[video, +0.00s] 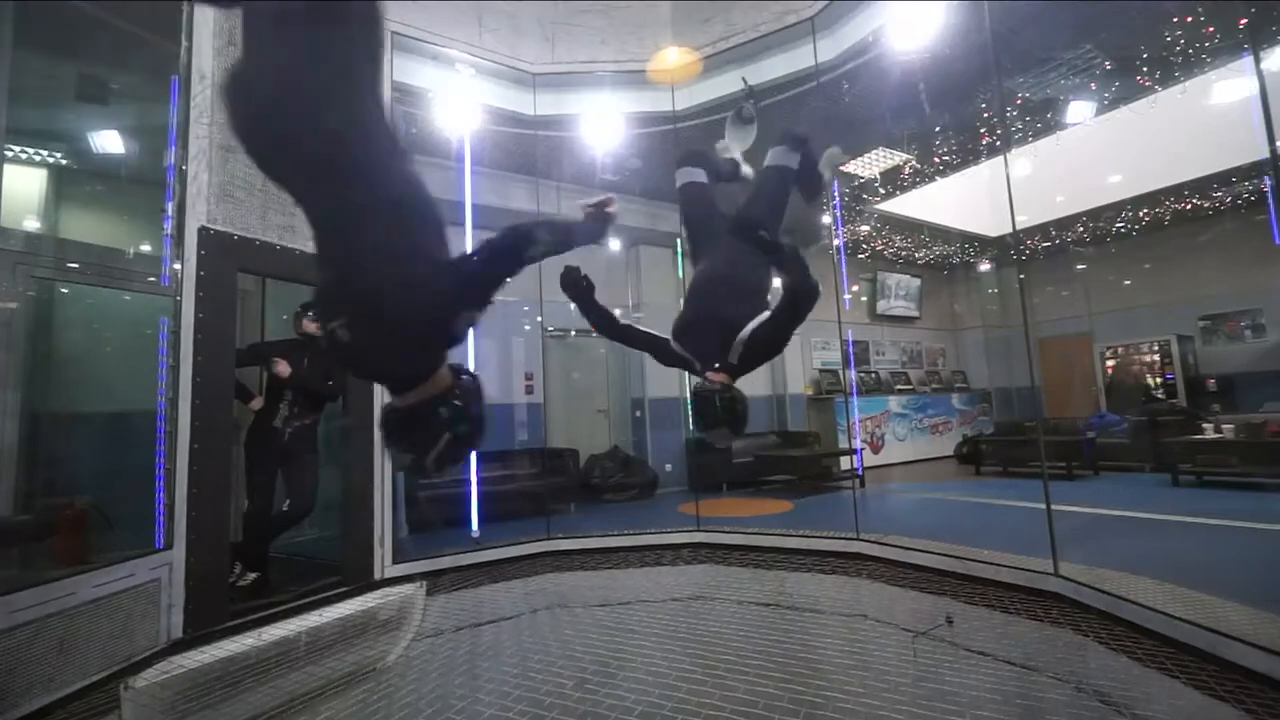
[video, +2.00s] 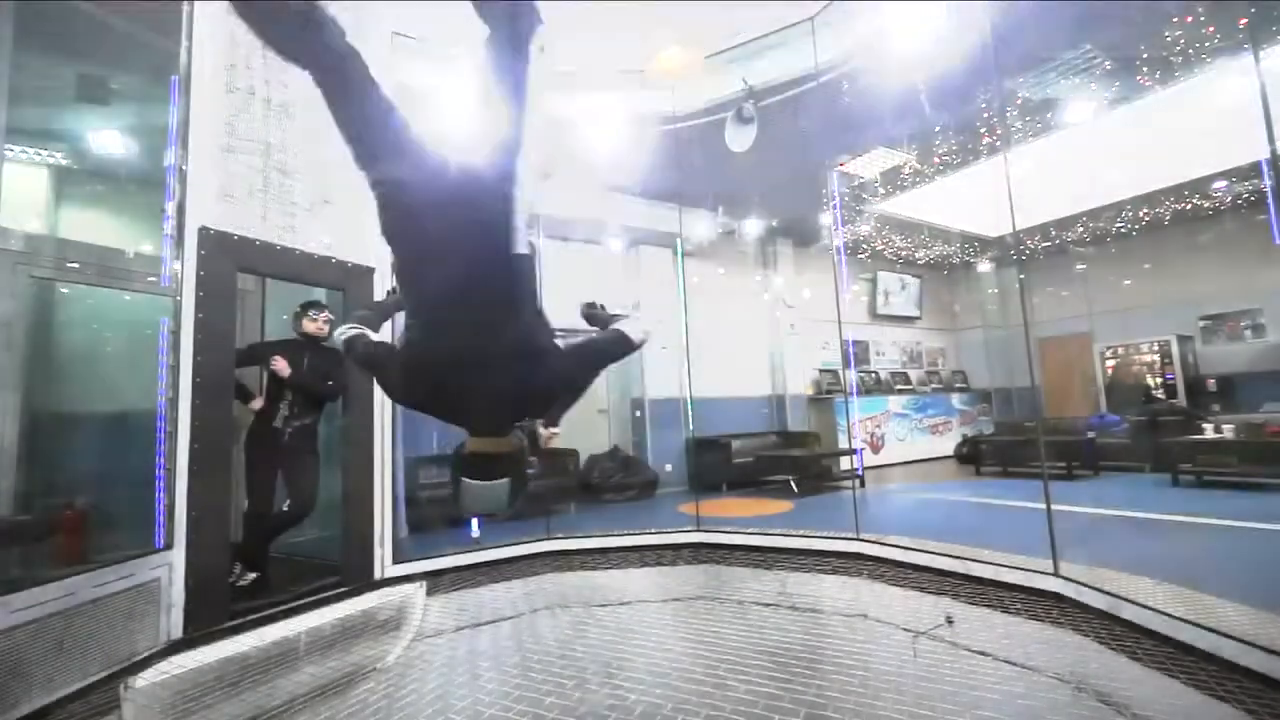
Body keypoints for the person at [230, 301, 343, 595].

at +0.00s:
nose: (311, 325)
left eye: (317, 320)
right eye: (307, 319)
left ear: (326, 325)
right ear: (298, 321)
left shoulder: (332, 356)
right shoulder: (280, 349)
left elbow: (333, 391)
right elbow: (224, 362)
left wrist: (292, 375)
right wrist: (249, 398)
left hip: (302, 440)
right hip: (264, 436)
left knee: (303, 505)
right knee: (260, 505)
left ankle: (242, 551)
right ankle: (255, 570)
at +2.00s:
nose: (323, 323)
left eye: (327, 319)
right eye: (315, 318)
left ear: (331, 325)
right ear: (300, 323)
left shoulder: (333, 357)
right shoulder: (279, 349)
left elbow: (332, 391)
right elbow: (223, 361)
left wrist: (291, 375)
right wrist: (248, 397)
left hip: (302, 440)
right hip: (264, 436)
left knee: (302, 505)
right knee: (259, 506)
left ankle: (242, 554)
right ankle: (255, 571)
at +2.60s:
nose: (325, 314)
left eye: (328, 311)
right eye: (318, 309)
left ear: (331, 318)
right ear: (301, 313)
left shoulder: (331, 353)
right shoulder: (271, 344)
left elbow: (341, 394)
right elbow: (249, 382)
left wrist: (324, 368)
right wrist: (287, 364)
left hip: (314, 438)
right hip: (277, 436)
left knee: (298, 501)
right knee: (270, 499)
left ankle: (286, 571)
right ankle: (267, 564)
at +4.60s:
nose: (314, 315)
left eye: (318, 310)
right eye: (306, 310)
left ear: (321, 318)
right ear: (288, 315)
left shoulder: (318, 352)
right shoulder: (262, 345)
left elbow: (340, 357)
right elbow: (218, 371)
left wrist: (357, 355)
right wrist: (262, 363)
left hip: (298, 440)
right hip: (259, 434)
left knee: (303, 516)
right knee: (226, 452)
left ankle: (282, 575)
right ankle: (211, 529)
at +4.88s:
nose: (299, 306)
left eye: (305, 304)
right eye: (291, 301)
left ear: (309, 318)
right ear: (275, 308)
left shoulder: (309, 349)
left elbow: (364, 356)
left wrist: (338, 350)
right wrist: (182, 349)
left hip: (265, 434)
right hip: (222, 419)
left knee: (270, 518)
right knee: (194, 418)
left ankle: (265, 553)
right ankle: (124, 466)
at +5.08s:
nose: (284, 309)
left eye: (292, 309)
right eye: (278, 303)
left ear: (297, 326)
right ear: (259, 310)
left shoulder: (294, 354)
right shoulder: (225, 336)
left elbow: (356, 364)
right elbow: (179, 361)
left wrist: (320, 344)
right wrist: (162, 378)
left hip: (218, 439)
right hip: (177, 419)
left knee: (218, 420)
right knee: (147, 353)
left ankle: (189, 505)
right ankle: (63, 415)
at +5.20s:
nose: (277, 321)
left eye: (286, 322)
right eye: (274, 317)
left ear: (293, 335)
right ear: (263, 324)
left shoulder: (285, 368)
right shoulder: (235, 350)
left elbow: (347, 366)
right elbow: (194, 370)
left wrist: (306, 330)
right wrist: (183, 356)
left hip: (182, 423)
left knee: (162, 337)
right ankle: (9, 325)